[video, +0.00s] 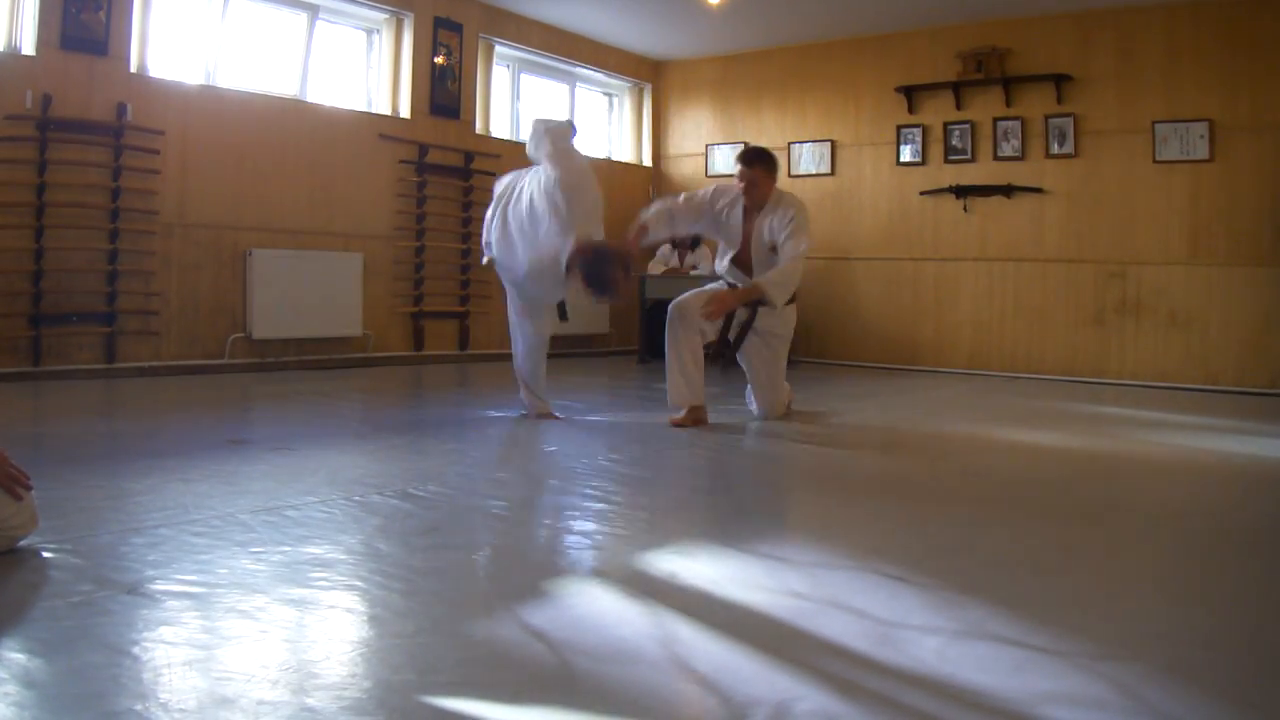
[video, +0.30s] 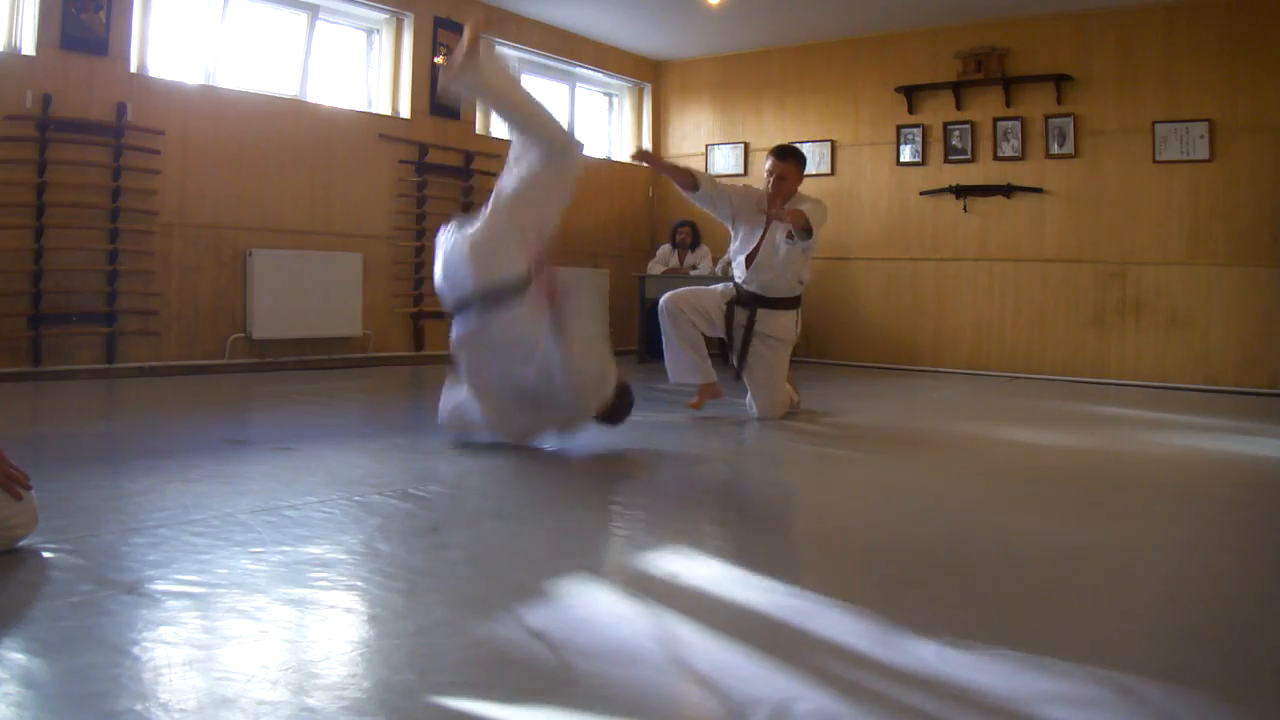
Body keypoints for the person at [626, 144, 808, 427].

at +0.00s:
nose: (743, 189)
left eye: (752, 183)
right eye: (741, 180)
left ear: (771, 182)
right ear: (736, 177)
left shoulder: (790, 211)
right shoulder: (723, 199)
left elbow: (790, 272)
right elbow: (673, 208)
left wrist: (738, 297)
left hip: (771, 304)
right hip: (728, 289)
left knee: (768, 408)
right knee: (682, 311)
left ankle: (779, 395)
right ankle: (694, 407)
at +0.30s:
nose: (772, 183)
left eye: (781, 179)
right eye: (769, 175)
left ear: (798, 181)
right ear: (764, 173)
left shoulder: (810, 208)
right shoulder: (746, 200)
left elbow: (809, 222)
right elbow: (703, 187)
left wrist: (795, 219)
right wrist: (662, 166)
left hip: (776, 315)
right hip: (735, 297)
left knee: (766, 410)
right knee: (673, 304)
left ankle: (787, 390)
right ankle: (707, 383)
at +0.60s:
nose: (753, 170)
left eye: (762, 164)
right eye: (749, 163)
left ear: (778, 169)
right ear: (744, 166)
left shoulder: (796, 204)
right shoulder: (727, 204)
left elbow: (837, 244)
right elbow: (674, 218)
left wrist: (803, 250)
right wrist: (673, 241)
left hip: (776, 303)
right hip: (734, 294)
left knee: (763, 407)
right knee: (697, 324)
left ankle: (790, 388)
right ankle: (724, 404)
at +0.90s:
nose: (756, 127)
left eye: (764, 122)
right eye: (751, 122)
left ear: (779, 130)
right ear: (744, 129)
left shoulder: (795, 167)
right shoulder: (728, 168)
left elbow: (814, 223)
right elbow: (706, 207)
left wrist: (774, 245)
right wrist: (720, 225)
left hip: (780, 263)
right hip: (734, 259)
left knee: (774, 354)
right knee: (711, 316)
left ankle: (788, 389)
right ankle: (726, 402)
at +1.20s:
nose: (764, 86)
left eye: (773, 81)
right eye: (760, 80)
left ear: (787, 87)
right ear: (752, 84)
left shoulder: (803, 121)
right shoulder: (735, 121)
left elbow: (817, 177)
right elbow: (722, 160)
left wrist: (778, 190)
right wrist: (734, 149)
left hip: (793, 226)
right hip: (749, 226)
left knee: (794, 310)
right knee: (745, 309)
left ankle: (792, 382)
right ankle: (748, 394)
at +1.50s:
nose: (776, 91)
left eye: (784, 86)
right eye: (771, 85)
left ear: (799, 92)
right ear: (764, 91)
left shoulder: (816, 129)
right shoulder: (747, 130)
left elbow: (826, 184)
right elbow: (730, 179)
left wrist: (785, 198)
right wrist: (738, 169)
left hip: (801, 233)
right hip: (758, 232)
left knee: (809, 317)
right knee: (753, 316)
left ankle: (813, 392)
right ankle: (750, 396)